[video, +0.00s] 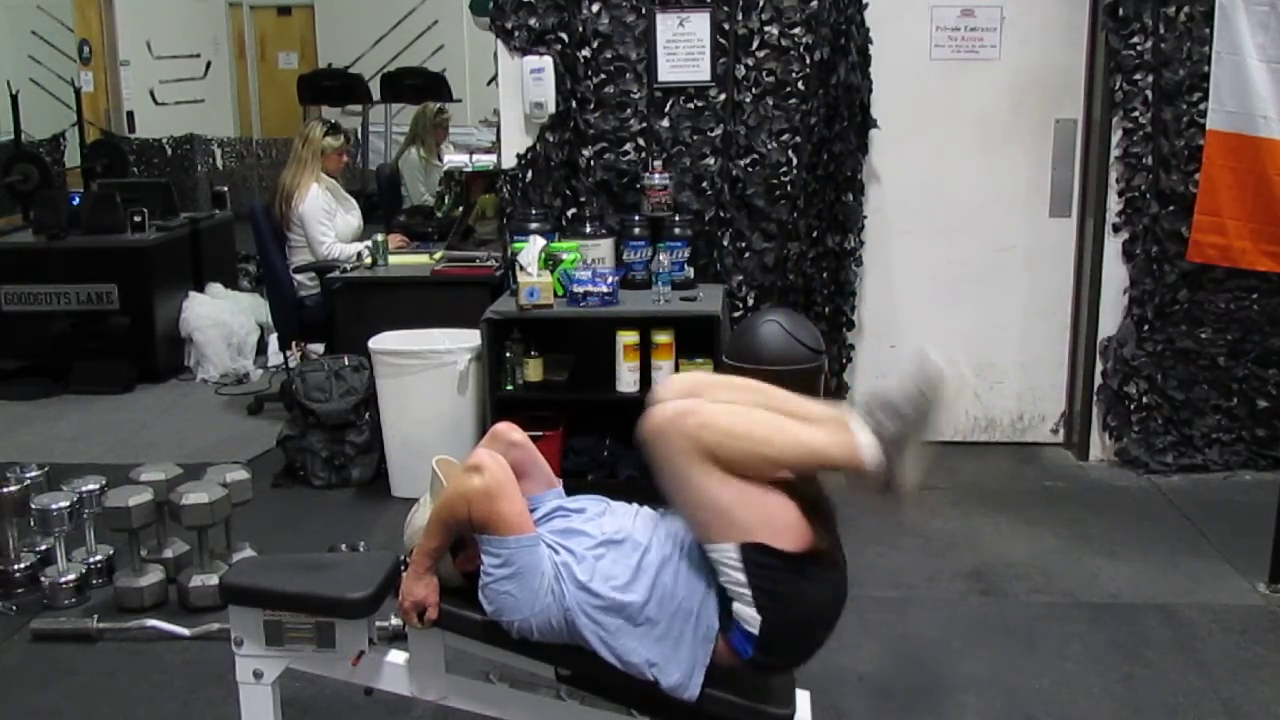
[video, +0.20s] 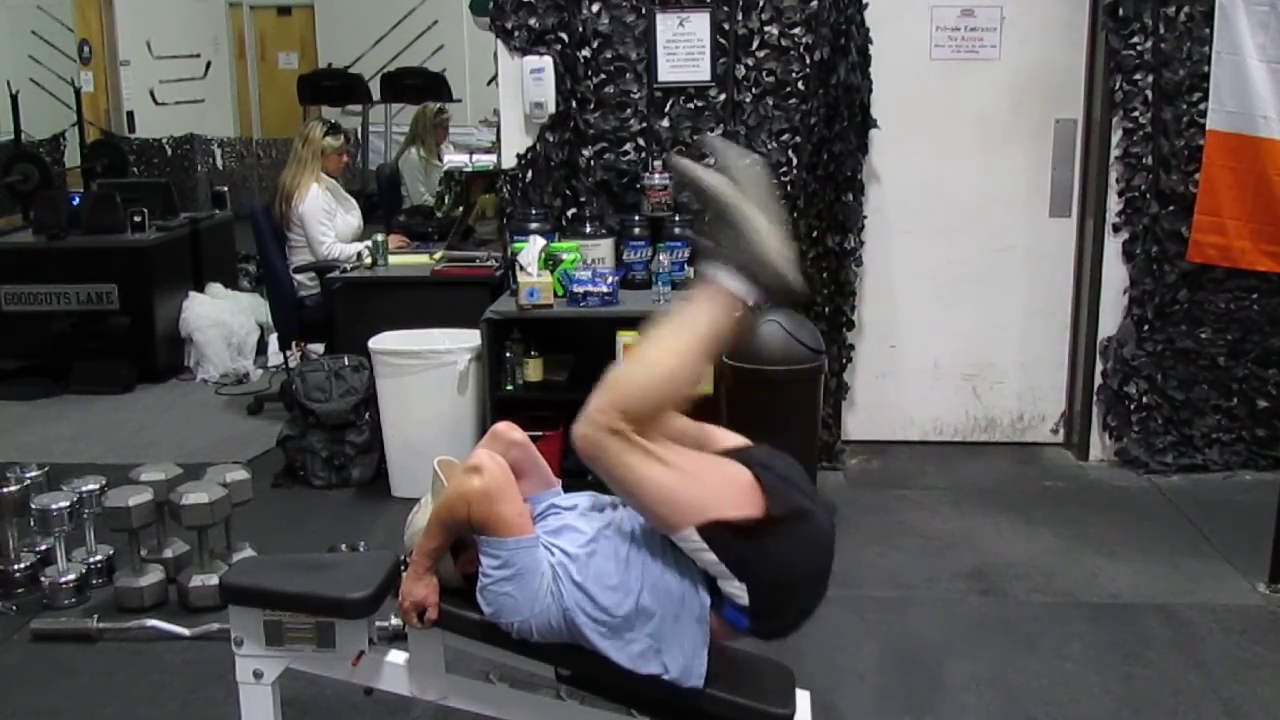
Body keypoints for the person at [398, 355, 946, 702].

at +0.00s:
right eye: (477, 497)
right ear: (476, 558)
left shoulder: (552, 516)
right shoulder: (519, 593)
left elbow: (507, 437)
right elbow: (475, 475)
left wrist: (465, 526)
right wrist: (423, 563)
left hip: (769, 572)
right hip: (759, 622)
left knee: (677, 390)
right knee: (667, 422)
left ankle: (866, 427)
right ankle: (867, 447)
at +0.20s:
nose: (479, 462)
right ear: (474, 553)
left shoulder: (554, 514)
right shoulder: (518, 592)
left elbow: (507, 436)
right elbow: (479, 478)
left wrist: (456, 519)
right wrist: (425, 564)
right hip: (769, 575)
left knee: (636, 419)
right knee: (596, 431)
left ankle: (746, 276)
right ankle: (733, 277)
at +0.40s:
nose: (474, 457)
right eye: (467, 470)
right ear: (471, 560)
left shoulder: (546, 517)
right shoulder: (517, 593)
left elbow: (508, 434)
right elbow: (475, 484)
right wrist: (421, 564)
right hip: (757, 528)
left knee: (572, 394)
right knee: (559, 406)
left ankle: (545, 205)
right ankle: (544, 206)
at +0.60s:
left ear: (471, 552)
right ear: (474, 567)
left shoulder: (542, 530)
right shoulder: (517, 598)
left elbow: (510, 433)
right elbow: (476, 485)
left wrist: (457, 500)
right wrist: (422, 564)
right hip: (731, 483)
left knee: (534, 370)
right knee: (525, 375)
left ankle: (445, 195)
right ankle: (434, 196)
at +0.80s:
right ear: (472, 565)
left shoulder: (539, 540)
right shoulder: (518, 598)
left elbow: (510, 432)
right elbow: (477, 482)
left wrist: (445, 534)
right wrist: (421, 563)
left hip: (709, 439)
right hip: (709, 450)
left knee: (507, 328)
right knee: (499, 337)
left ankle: (397, 167)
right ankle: (384, 167)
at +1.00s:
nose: (461, 556)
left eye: (455, 555)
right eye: (456, 557)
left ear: (466, 553)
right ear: (468, 568)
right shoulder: (516, 599)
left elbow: (511, 430)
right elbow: (474, 480)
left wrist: (434, 543)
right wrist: (421, 564)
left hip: (687, 418)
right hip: (683, 432)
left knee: (492, 294)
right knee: (483, 302)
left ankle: (370, 131)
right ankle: (365, 129)